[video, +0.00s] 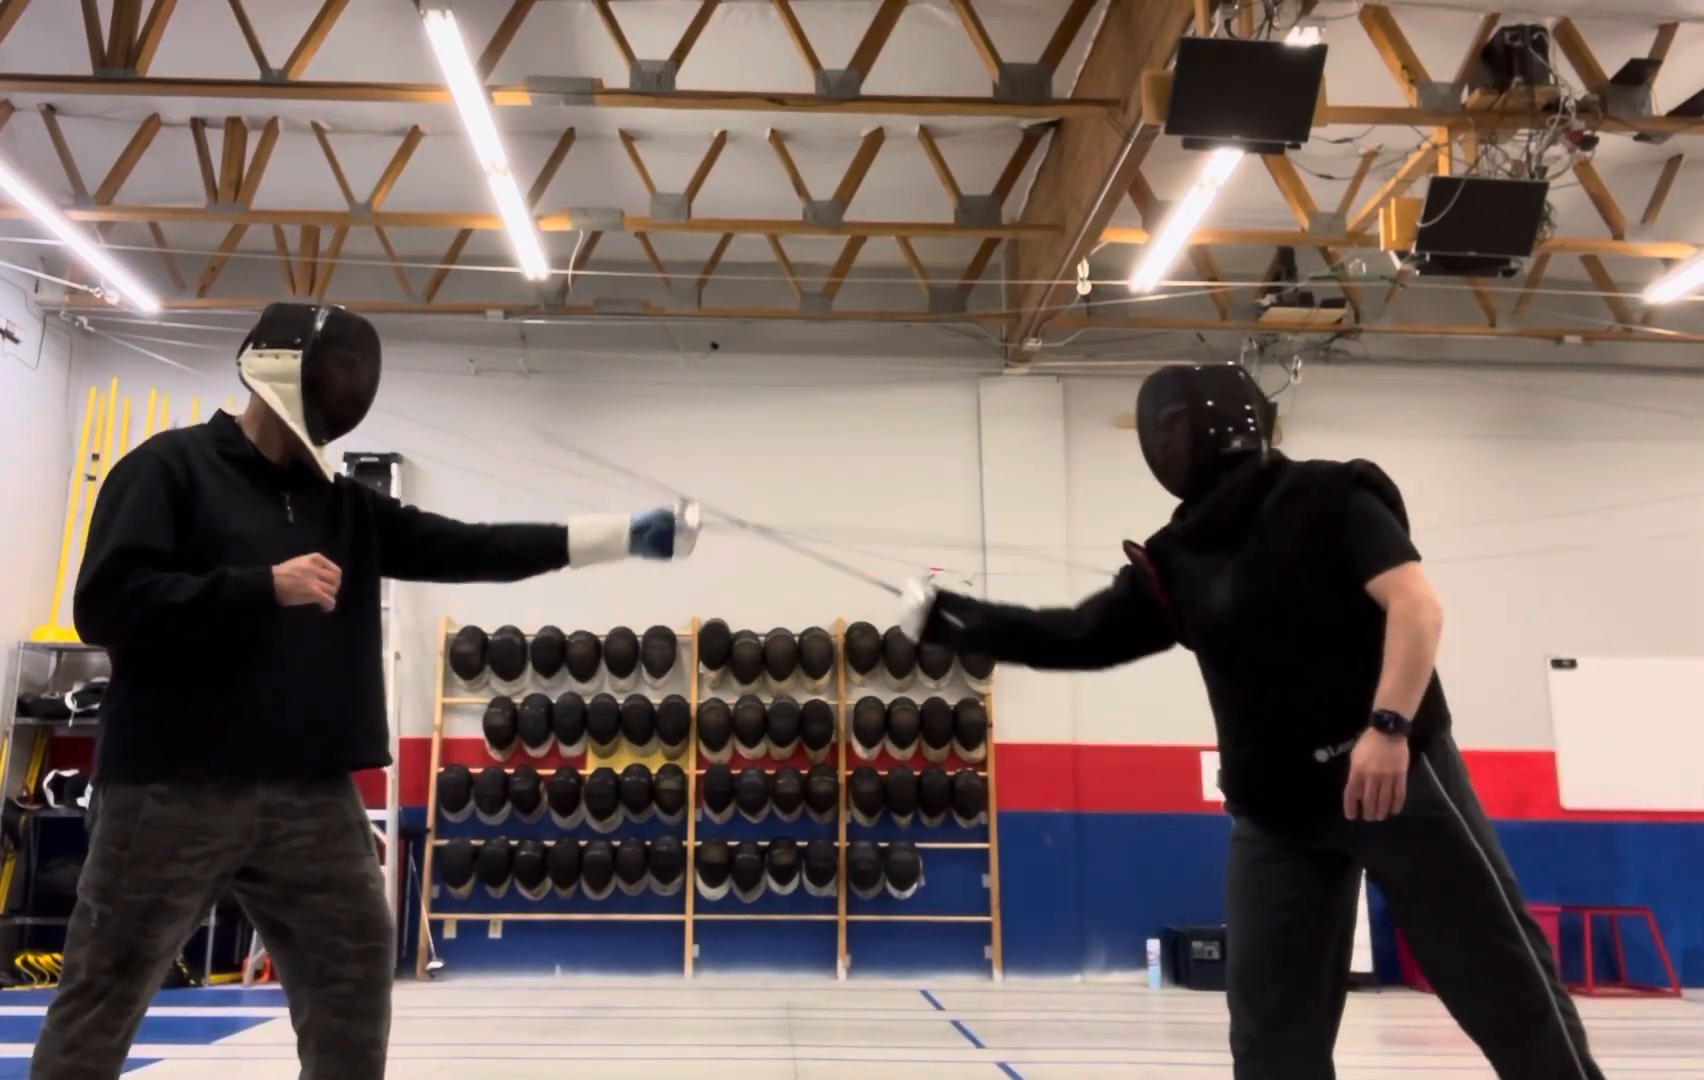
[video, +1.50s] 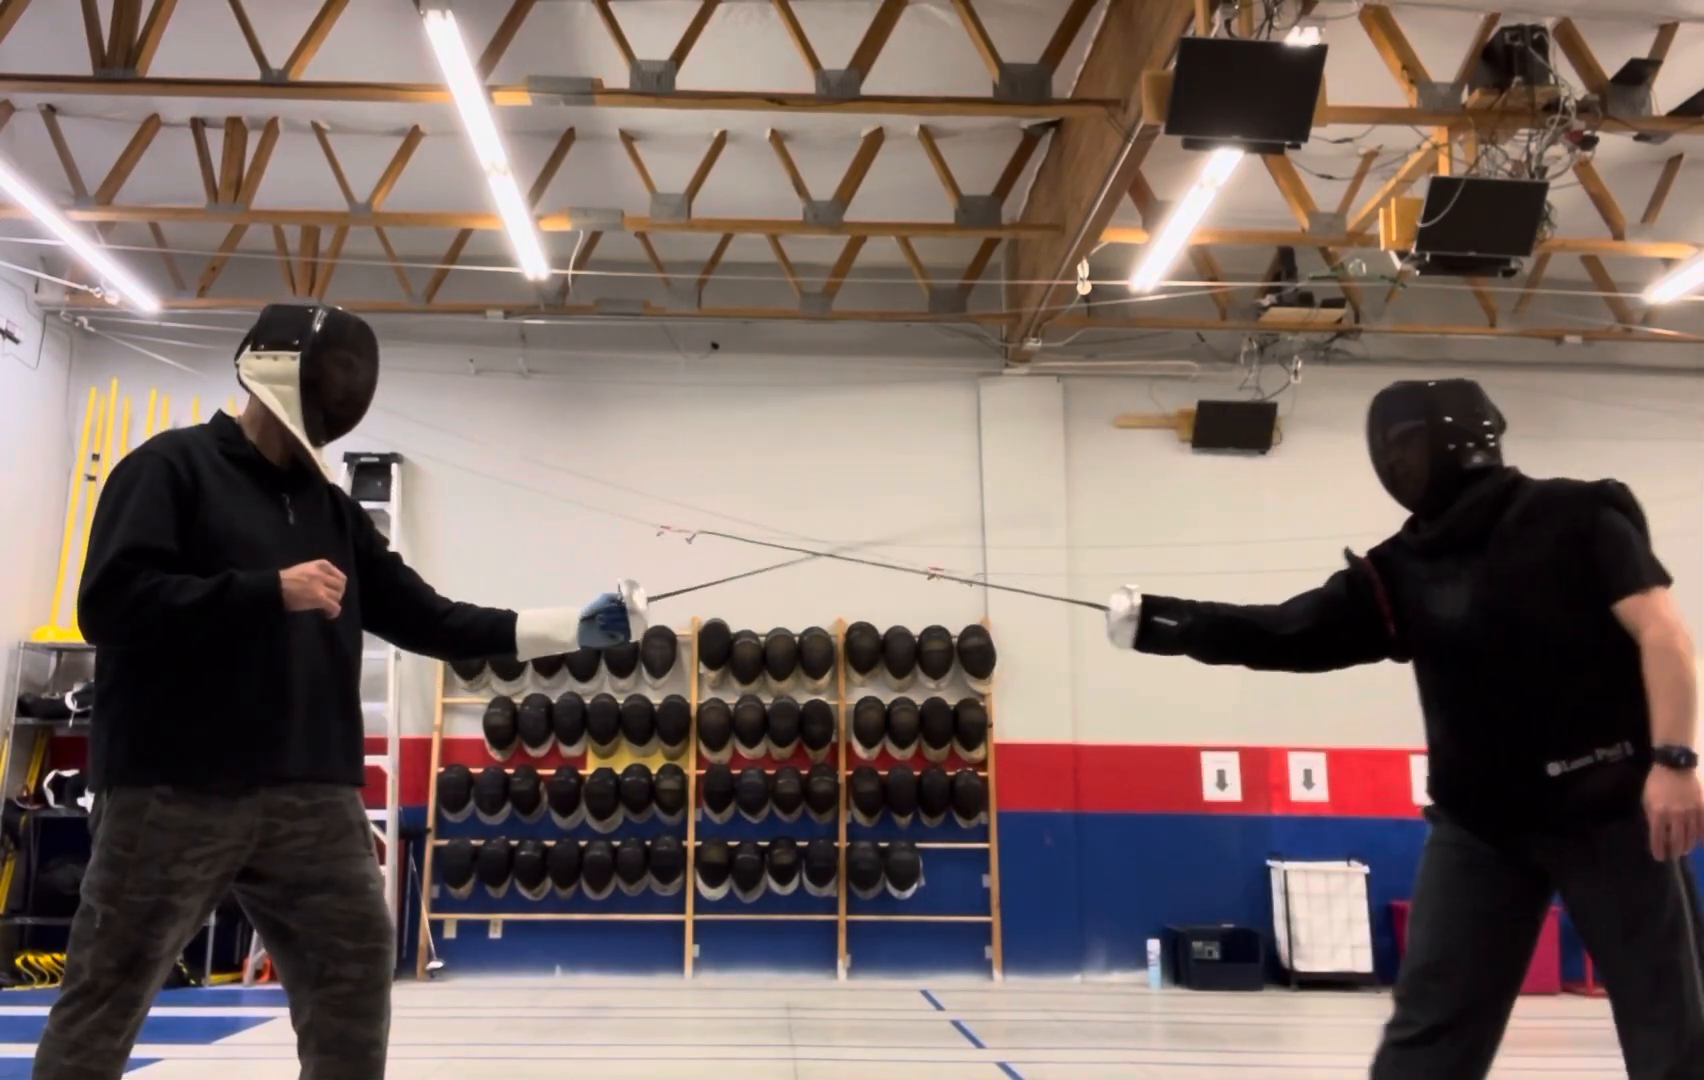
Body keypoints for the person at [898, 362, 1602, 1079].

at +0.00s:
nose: (1156, 443)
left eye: (1166, 424)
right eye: (1154, 429)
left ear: (1207, 426)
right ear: (1235, 426)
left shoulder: (1329, 495)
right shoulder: (1176, 563)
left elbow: (1417, 611)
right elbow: (1082, 636)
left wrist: (1391, 728)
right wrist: (959, 620)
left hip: (1398, 785)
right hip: (1278, 812)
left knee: (1505, 988)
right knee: (1273, 1040)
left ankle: (1569, 1075)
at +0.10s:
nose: (1187, 448)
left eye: (1200, 427)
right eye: (1184, 432)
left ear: (1249, 424)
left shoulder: (1361, 501)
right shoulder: (1212, 565)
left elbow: (1445, 617)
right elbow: (1145, 674)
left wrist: (1410, 732)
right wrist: (1015, 691)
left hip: (1420, 792)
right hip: (1298, 820)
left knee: (1536, 996)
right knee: (1282, 1043)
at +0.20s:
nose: (1228, 455)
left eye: (1239, 433)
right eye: (1225, 438)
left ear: (1288, 431)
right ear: (1295, 435)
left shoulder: (1407, 513)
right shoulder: (1255, 564)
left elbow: (1487, 630)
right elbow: (1226, 698)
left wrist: (1440, 744)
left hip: (1448, 799)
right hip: (1325, 818)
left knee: (1560, 993)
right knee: (1291, 1036)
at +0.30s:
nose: (1288, 468)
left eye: (1299, 448)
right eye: (1286, 452)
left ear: (1346, 444)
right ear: (1362, 447)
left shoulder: (1462, 525)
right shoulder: (1305, 573)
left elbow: (1545, 647)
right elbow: (1296, 710)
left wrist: (1486, 759)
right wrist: (1221, 793)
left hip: (1495, 815)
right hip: (1364, 828)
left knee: (1595, 1024)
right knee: (1307, 1045)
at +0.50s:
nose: (1390, 465)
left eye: (1401, 444)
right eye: (1388, 449)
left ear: (1445, 442)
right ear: (1474, 442)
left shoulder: (1573, 523)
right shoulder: (1408, 570)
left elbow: (1653, 646)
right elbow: (1383, 701)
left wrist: (1601, 766)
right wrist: (1282, 751)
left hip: (1595, 818)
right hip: (1468, 826)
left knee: (1651, 1037)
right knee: (1407, 1041)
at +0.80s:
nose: (1455, 456)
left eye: (1467, 434)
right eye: (1449, 441)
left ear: (1517, 425)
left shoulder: (1642, 512)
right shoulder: (1463, 561)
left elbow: (1703, 633)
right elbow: (1383, 655)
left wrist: (1703, 771)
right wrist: (1264, 647)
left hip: (1659, 805)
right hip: (1530, 819)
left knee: (1684, 1021)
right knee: (1516, 1007)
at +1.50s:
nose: (1391, 470)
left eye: (1400, 449)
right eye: (1385, 456)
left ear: (1446, 440)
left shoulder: (1580, 517)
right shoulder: (1404, 571)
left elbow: (1663, 633)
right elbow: (1290, 630)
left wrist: (1676, 759)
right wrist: (1163, 624)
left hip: (1608, 817)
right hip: (1480, 829)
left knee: (1668, 1038)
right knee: (1430, 1036)